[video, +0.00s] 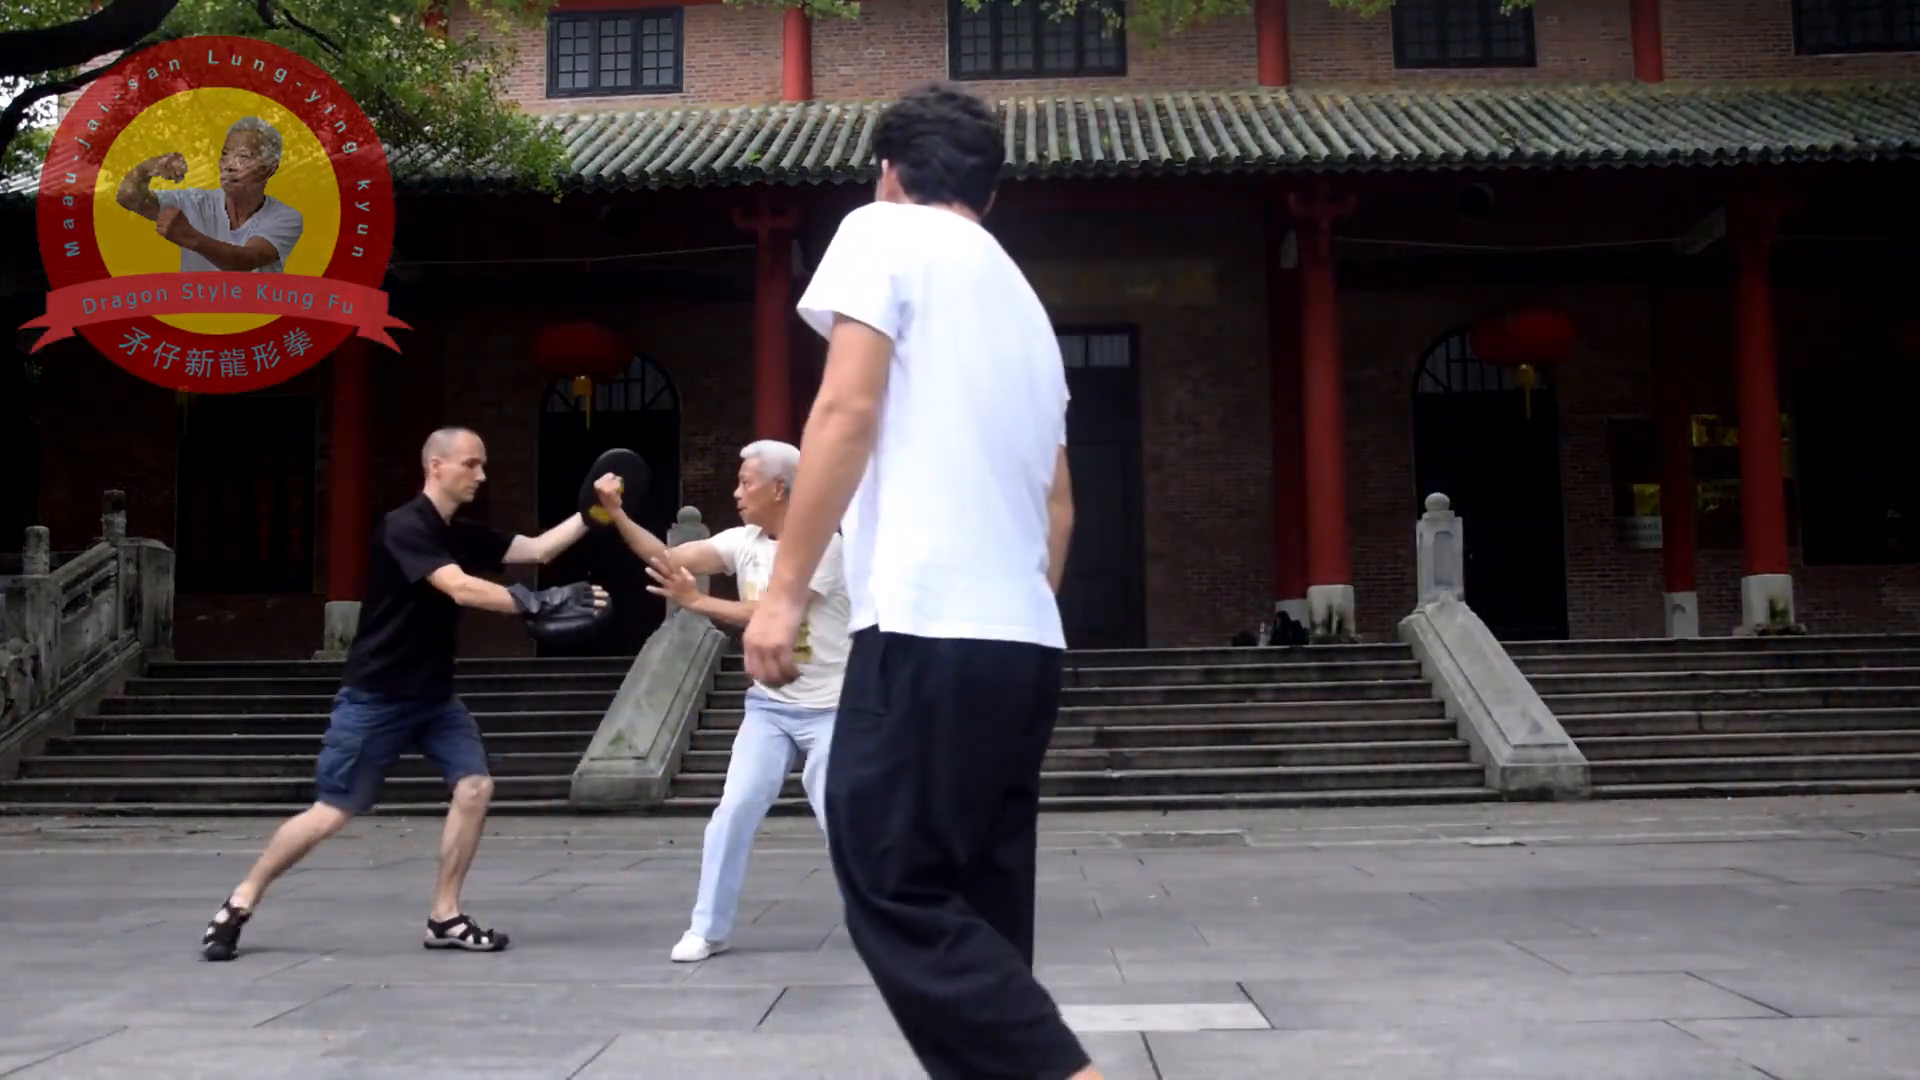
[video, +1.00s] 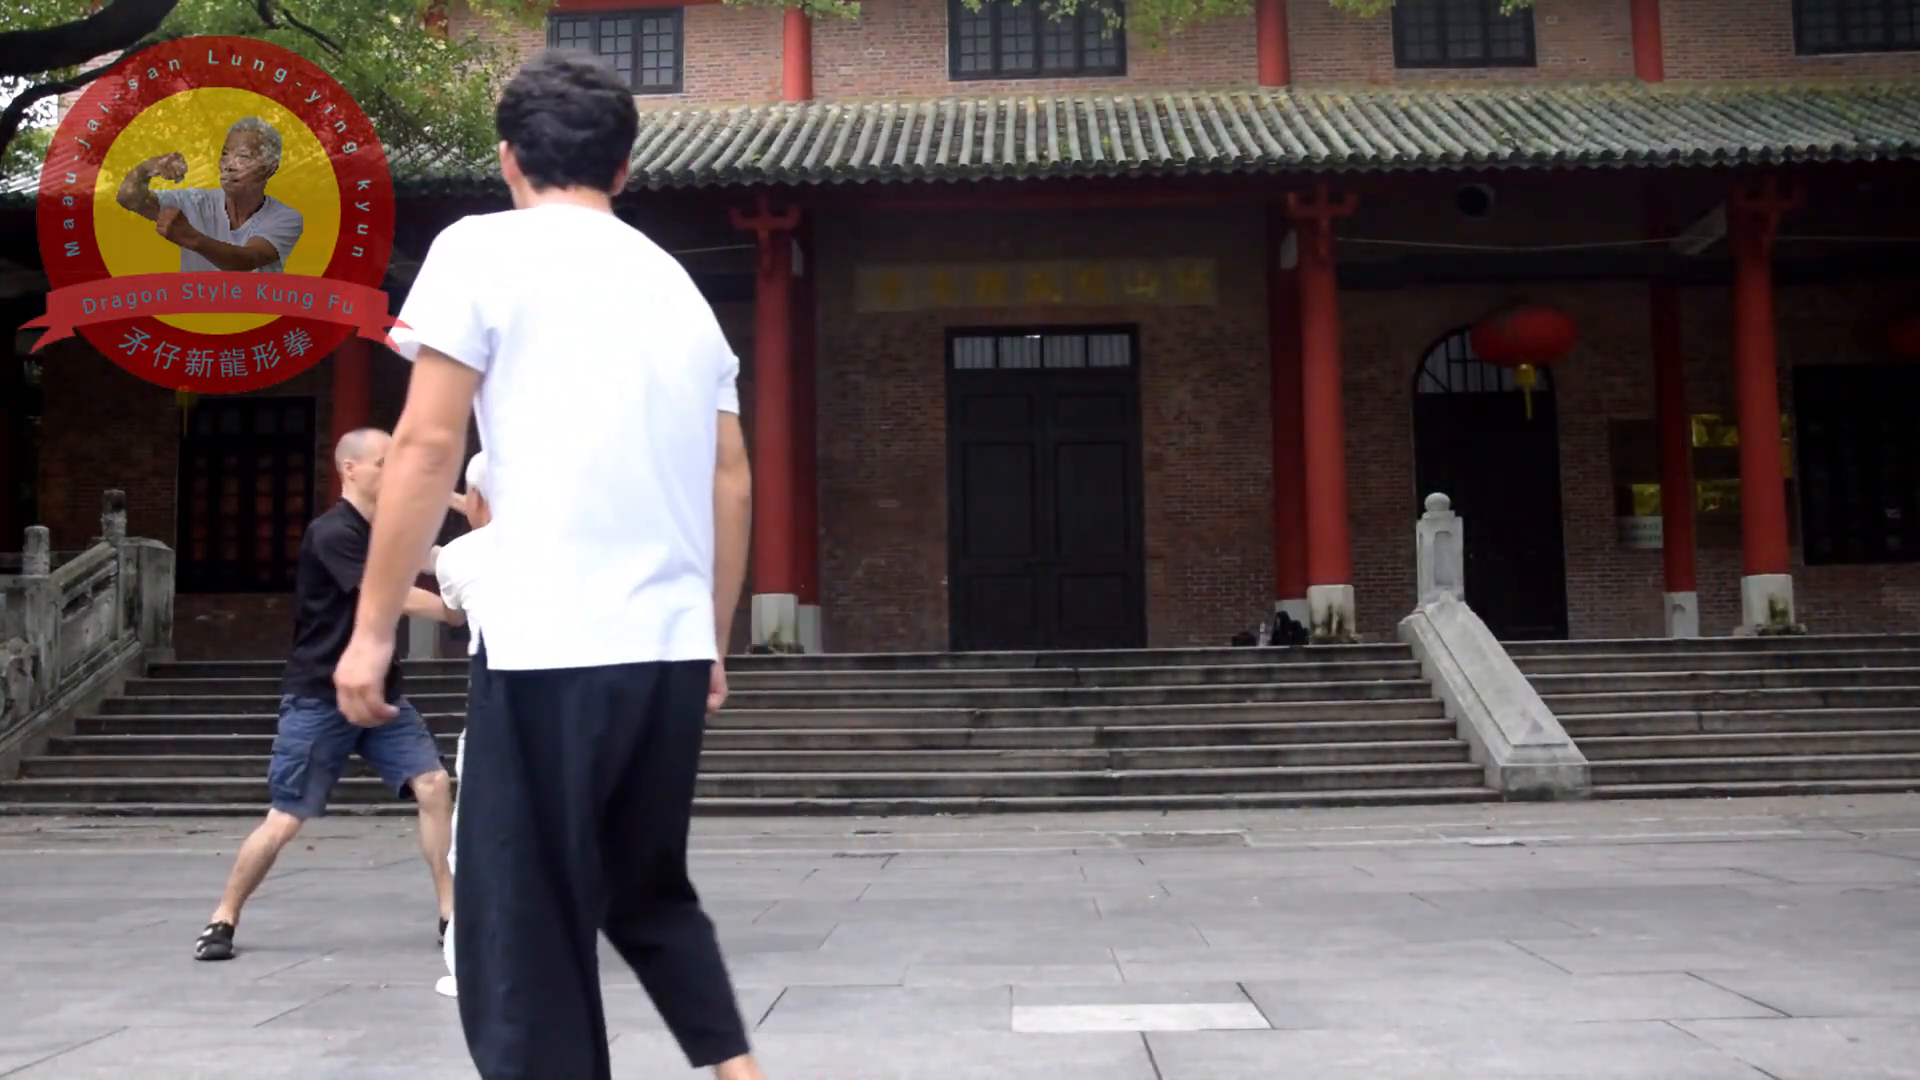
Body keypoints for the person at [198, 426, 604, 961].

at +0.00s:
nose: (481, 474)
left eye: (483, 465)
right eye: (471, 464)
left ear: (457, 471)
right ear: (437, 467)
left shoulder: (460, 530)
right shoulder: (405, 525)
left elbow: (533, 551)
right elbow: (459, 587)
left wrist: (591, 513)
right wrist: (541, 604)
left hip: (434, 698)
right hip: (374, 698)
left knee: (475, 788)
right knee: (332, 813)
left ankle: (445, 917)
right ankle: (241, 901)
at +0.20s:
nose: (437, 485)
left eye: (439, 476)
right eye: (427, 475)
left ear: (427, 482)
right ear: (391, 477)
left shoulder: (422, 543)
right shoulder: (361, 539)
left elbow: (490, 564)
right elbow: (421, 602)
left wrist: (545, 526)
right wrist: (499, 620)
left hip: (399, 703)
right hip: (334, 704)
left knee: (446, 790)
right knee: (289, 822)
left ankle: (452, 916)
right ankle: (224, 918)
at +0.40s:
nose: (422, 481)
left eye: (423, 472)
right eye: (411, 471)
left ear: (412, 478)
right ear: (375, 475)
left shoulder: (409, 540)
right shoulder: (349, 537)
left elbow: (478, 559)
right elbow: (407, 600)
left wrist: (531, 518)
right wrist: (490, 614)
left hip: (392, 701)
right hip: (328, 703)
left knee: (442, 787)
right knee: (290, 825)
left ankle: (452, 917)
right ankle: (224, 920)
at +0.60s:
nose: (409, 475)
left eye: (411, 466)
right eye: (399, 465)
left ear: (399, 474)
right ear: (363, 470)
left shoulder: (395, 535)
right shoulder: (345, 534)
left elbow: (463, 566)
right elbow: (412, 596)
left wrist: (508, 516)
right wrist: (487, 613)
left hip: (388, 700)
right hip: (325, 702)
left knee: (440, 787)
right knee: (287, 822)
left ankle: (453, 916)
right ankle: (225, 920)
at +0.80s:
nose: (404, 477)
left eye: (405, 468)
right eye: (393, 468)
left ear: (391, 476)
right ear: (358, 473)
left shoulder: (383, 537)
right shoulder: (343, 534)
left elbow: (451, 579)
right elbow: (414, 604)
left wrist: (510, 542)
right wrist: (489, 621)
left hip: (378, 700)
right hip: (320, 701)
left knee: (435, 786)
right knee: (286, 823)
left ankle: (453, 915)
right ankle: (224, 919)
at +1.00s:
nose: (391, 473)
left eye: (392, 463)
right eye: (380, 464)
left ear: (390, 468)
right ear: (348, 470)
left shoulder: (384, 528)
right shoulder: (332, 532)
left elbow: (433, 564)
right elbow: (394, 593)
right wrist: (463, 613)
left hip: (381, 695)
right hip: (317, 698)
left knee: (434, 787)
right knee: (284, 821)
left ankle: (452, 915)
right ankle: (224, 919)